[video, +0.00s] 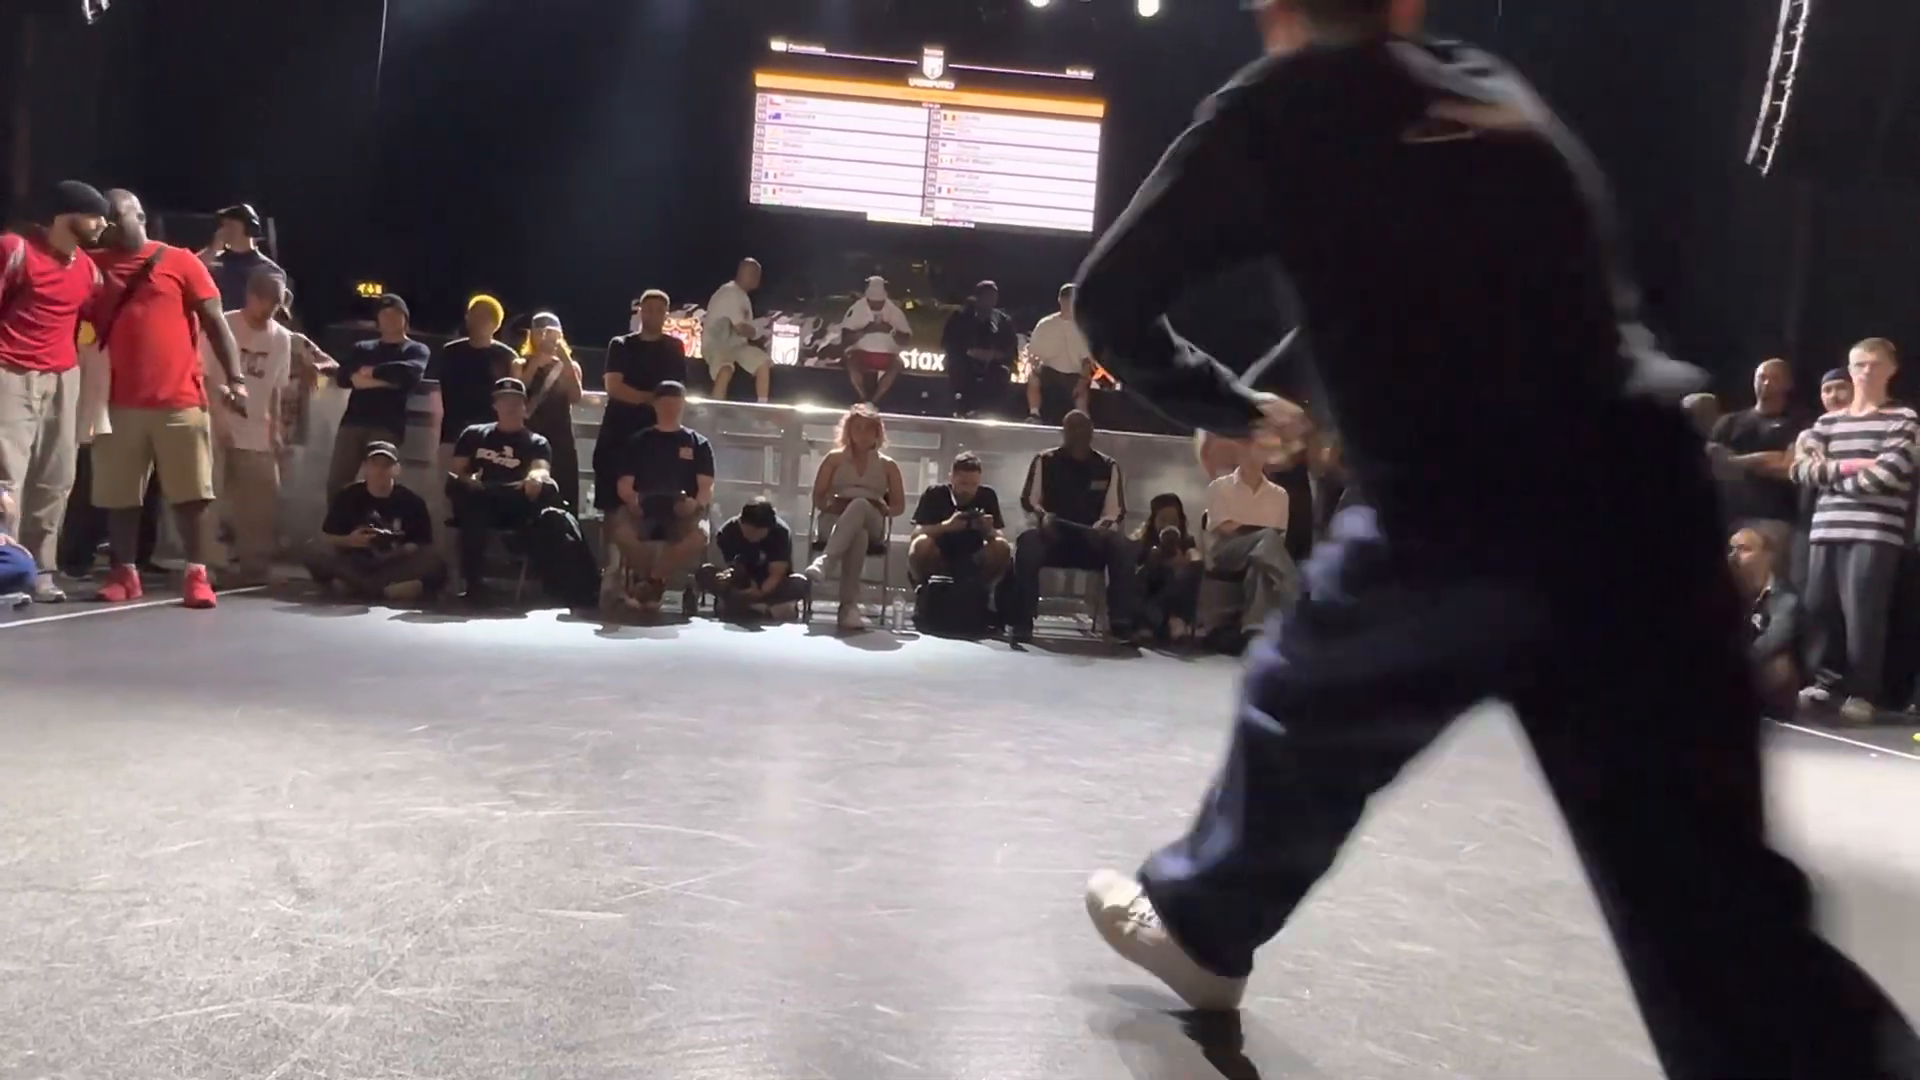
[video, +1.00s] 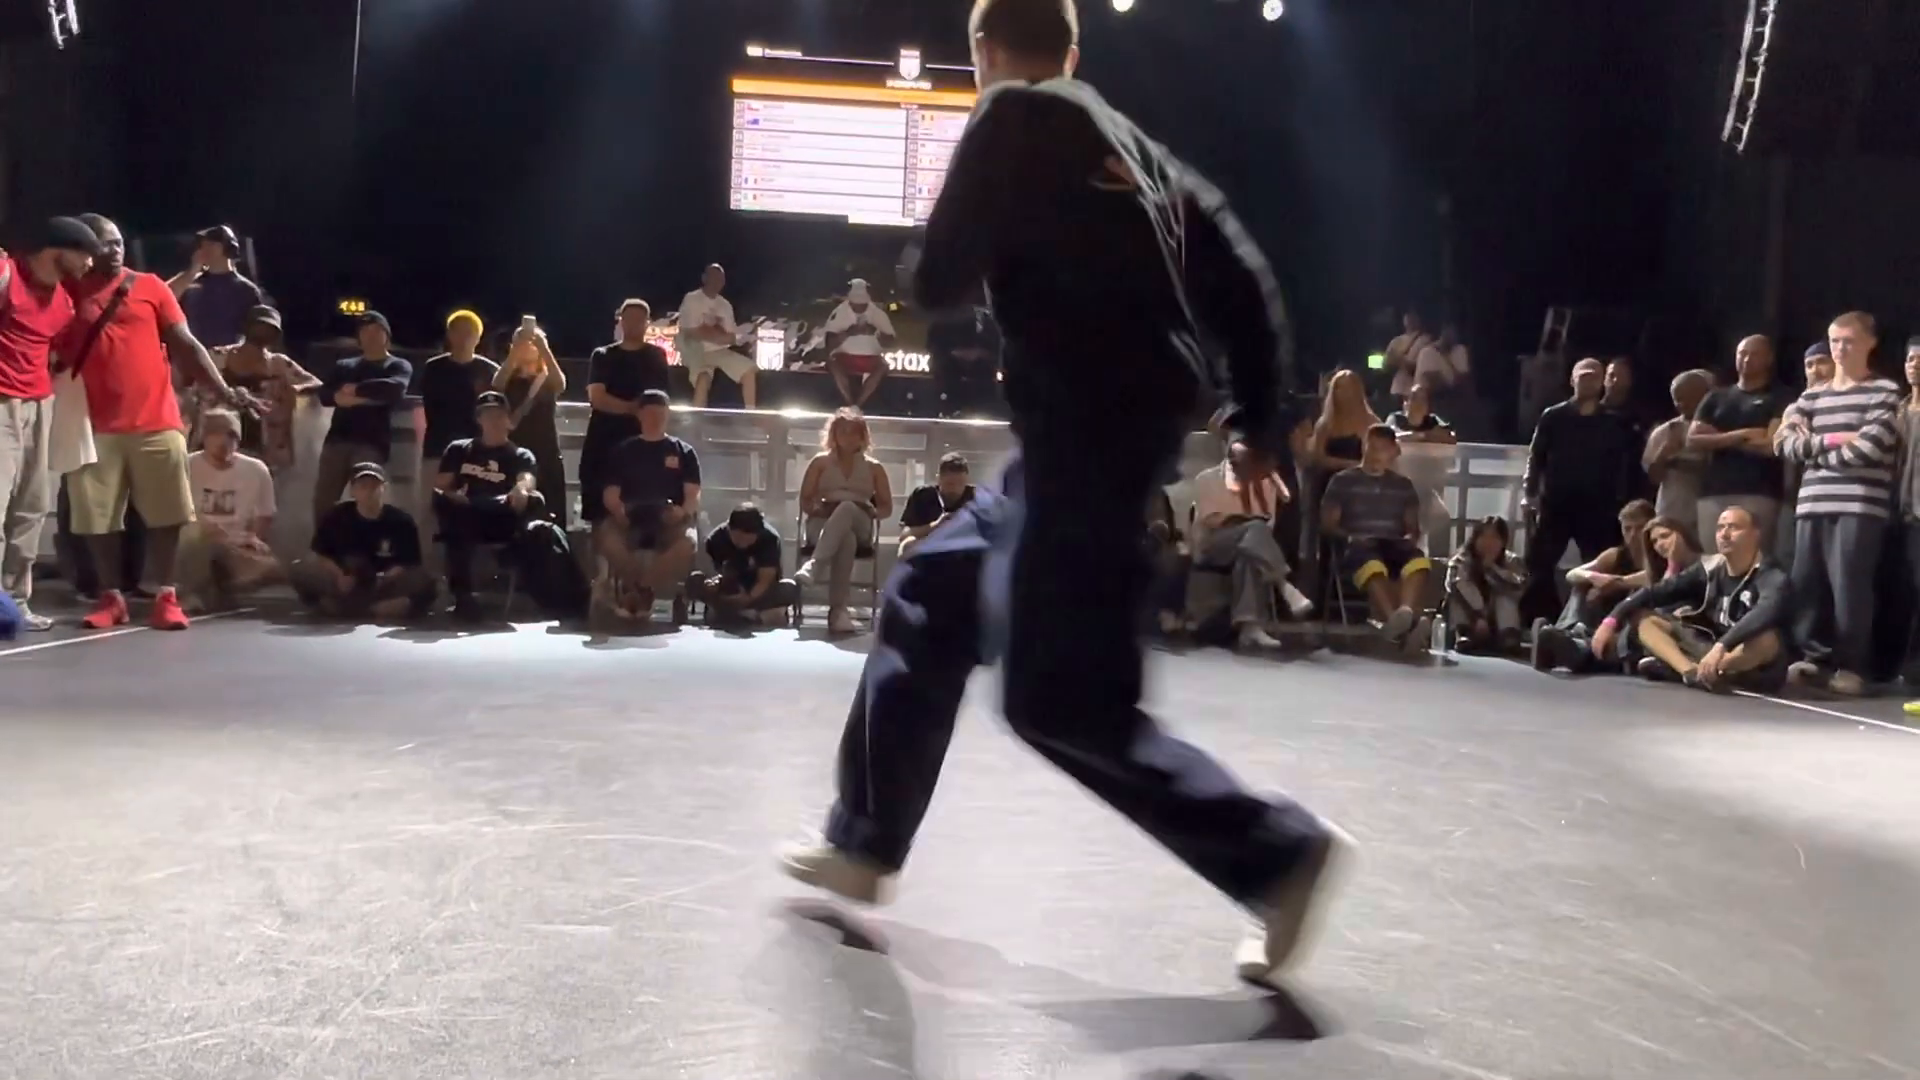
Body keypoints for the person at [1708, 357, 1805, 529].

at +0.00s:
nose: (1766, 384)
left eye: (1774, 378)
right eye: (1762, 377)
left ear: (1787, 384)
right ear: (1754, 382)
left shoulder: (1799, 425)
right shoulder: (1730, 422)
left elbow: (1793, 465)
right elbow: (1714, 464)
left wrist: (1735, 462)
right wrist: (1764, 460)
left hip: (1779, 519)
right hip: (1733, 517)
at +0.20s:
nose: (1759, 378)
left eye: (1766, 373)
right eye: (1755, 372)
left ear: (1781, 379)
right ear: (1748, 377)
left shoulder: (1792, 419)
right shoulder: (1726, 416)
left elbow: (1783, 462)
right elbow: (1703, 457)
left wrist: (1730, 457)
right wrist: (1757, 453)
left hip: (1768, 514)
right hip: (1722, 513)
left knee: (1764, 591)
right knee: (1722, 590)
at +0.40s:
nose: (1750, 374)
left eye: (1757, 370)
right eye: (1746, 369)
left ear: (1773, 375)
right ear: (1740, 373)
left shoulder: (1785, 415)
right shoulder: (1718, 413)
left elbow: (1778, 459)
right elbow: (1695, 453)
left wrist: (1723, 451)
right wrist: (1748, 450)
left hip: (1761, 509)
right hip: (1716, 508)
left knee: (1756, 586)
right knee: (1714, 584)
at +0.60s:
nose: (1750, 375)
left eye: (1758, 370)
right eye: (1747, 369)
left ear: (1772, 376)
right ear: (1740, 373)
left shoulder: (1785, 415)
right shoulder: (1720, 413)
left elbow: (1778, 460)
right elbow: (1695, 454)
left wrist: (1723, 452)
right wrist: (1748, 450)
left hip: (1762, 510)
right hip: (1717, 508)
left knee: (1758, 586)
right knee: (1717, 586)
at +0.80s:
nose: (1746, 361)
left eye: (1753, 356)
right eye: (1742, 355)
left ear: (1768, 360)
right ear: (1735, 359)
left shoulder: (1781, 401)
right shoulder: (1715, 398)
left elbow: (1774, 446)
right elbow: (1691, 440)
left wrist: (1720, 438)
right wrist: (1745, 435)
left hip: (1758, 494)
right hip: (1712, 493)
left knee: (1754, 572)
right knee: (1712, 572)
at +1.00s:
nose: (1746, 360)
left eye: (1753, 355)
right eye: (1742, 354)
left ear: (1768, 359)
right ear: (1736, 358)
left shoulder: (1781, 398)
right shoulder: (1715, 398)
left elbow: (1774, 445)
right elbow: (1692, 439)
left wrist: (1721, 439)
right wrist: (1745, 434)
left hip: (1759, 493)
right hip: (1714, 492)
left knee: (1754, 571)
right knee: (1714, 570)